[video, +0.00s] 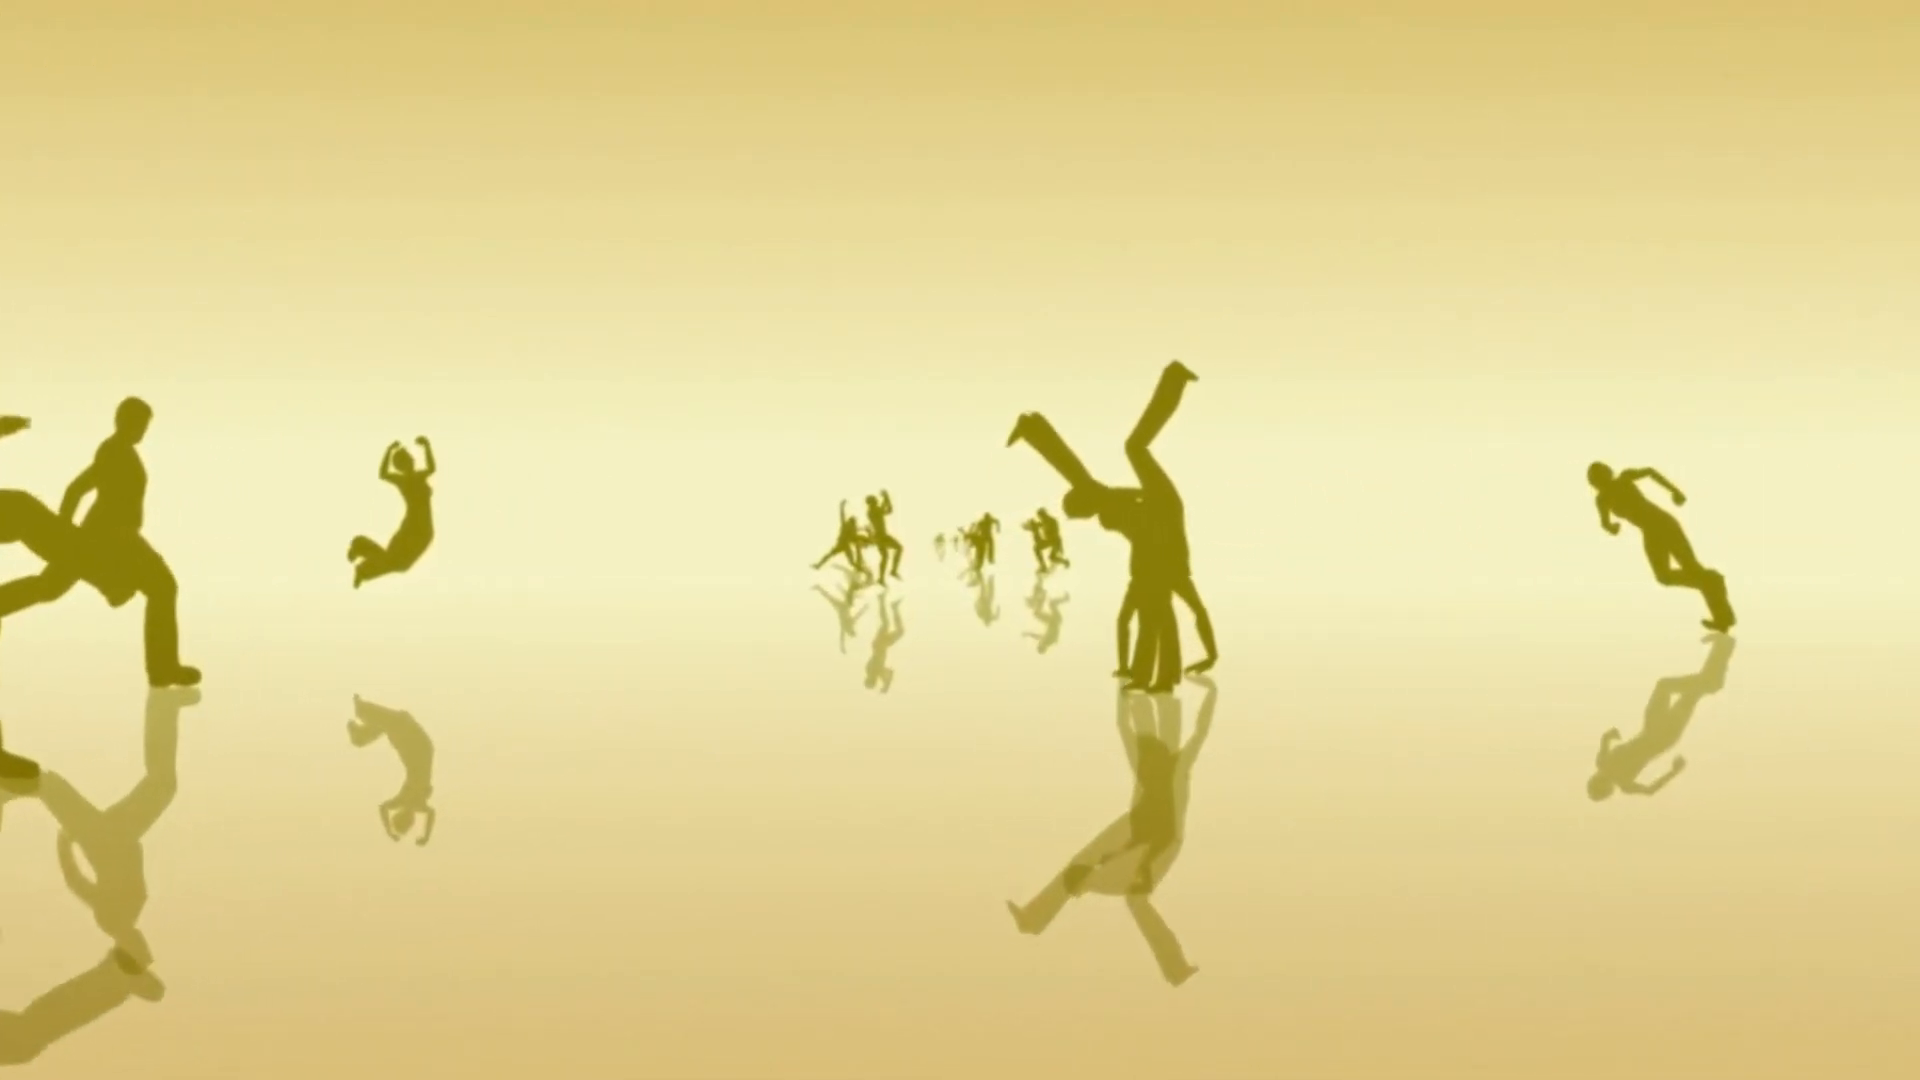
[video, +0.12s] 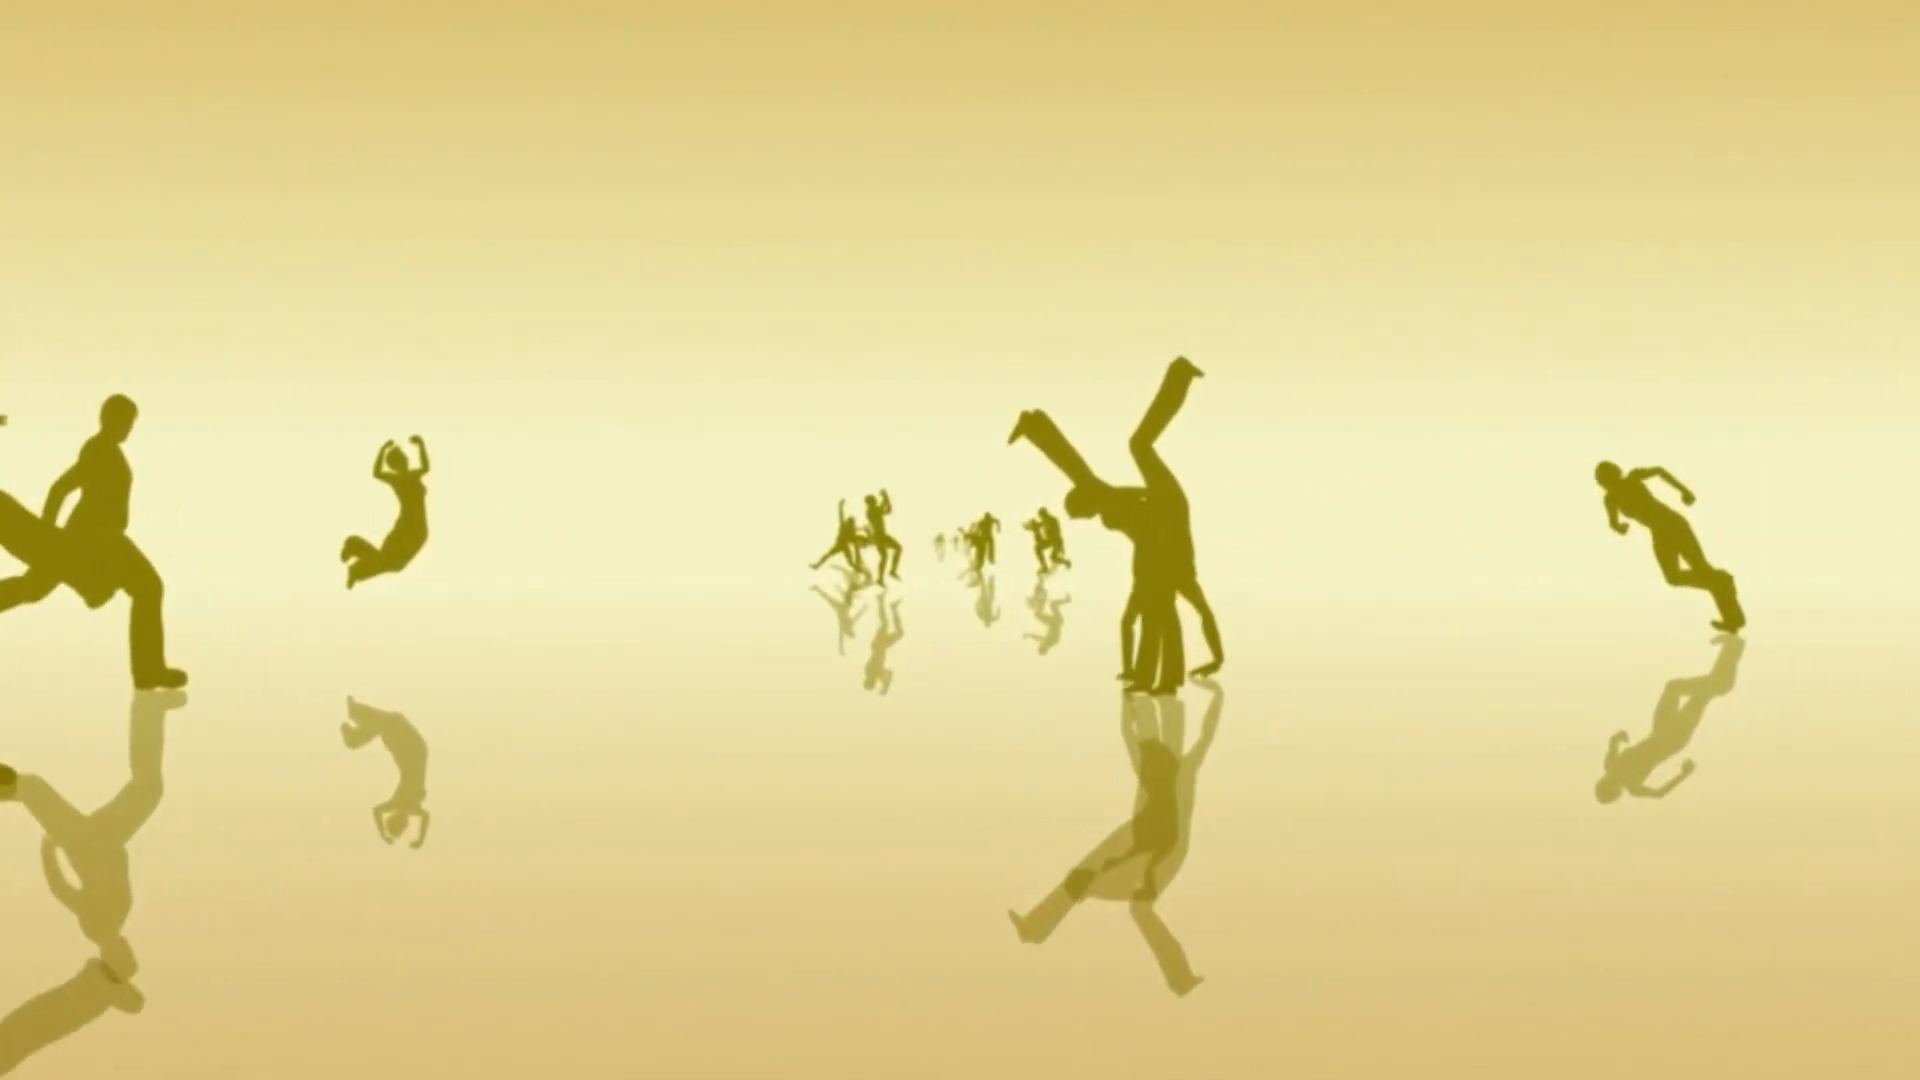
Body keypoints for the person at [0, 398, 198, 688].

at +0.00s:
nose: (142, 431)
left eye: (144, 425)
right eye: (138, 423)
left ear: (141, 424)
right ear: (125, 421)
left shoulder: (124, 452)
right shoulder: (115, 453)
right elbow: (76, 488)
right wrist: (61, 530)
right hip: (106, 539)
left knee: (47, 588)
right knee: (163, 588)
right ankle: (163, 670)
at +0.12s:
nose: (129, 428)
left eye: (131, 421)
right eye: (125, 420)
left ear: (126, 422)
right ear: (111, 419)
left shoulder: (110, 452)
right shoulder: (99, 452)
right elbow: (59, 487)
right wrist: (45, 531)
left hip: (107, 537)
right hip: (90, 535)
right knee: (149, 589)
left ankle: (150, 671)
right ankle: (149, 672)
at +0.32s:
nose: (90, 422)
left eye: (92, 415)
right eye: (86, 414)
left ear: (88, 416)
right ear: (71, 413)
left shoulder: (70, 447)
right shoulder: (59, 448)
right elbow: (17, 485)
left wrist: (6, 530)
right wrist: (5, 528)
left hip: (69, 536)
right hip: (59, 536)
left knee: (111, 591)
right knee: (110, 591)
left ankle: (111, 676)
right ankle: (110, 677)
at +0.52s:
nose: (47, 417)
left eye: (49, 410)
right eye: (43, 409)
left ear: (37, 409)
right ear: (28, 408)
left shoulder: (27, 445)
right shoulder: (16, 445)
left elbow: (30, 505)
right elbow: (24, 506)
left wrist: (28, 534)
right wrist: (25, 536)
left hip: (24, 537)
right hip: (18, 538)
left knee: (69, 593)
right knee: (68, 593)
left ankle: (70, 682)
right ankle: (69, 683)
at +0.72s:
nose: (5, 407)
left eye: (5, 401)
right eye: (4, 400)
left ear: (4, 396)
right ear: (1, 396)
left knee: (23, 594)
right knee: (24, 593)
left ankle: (23, 689)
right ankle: (23, 690)